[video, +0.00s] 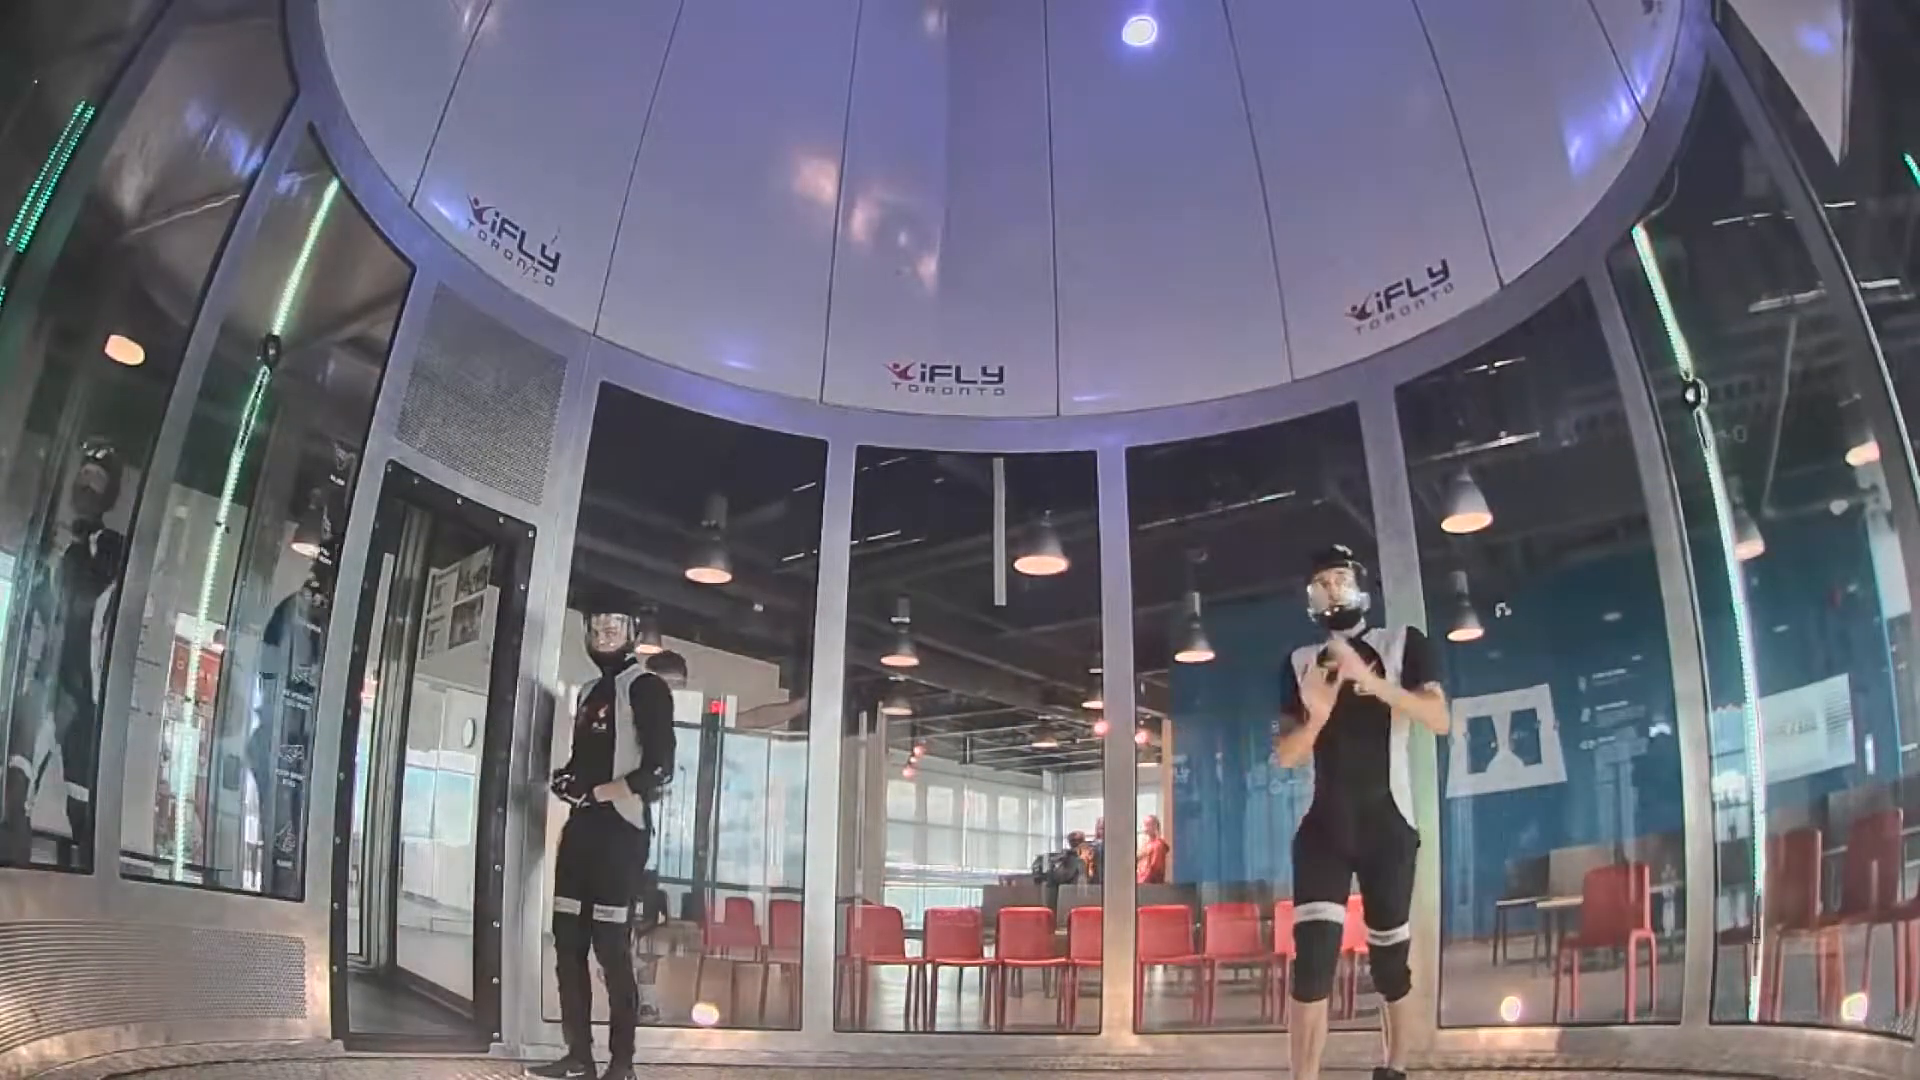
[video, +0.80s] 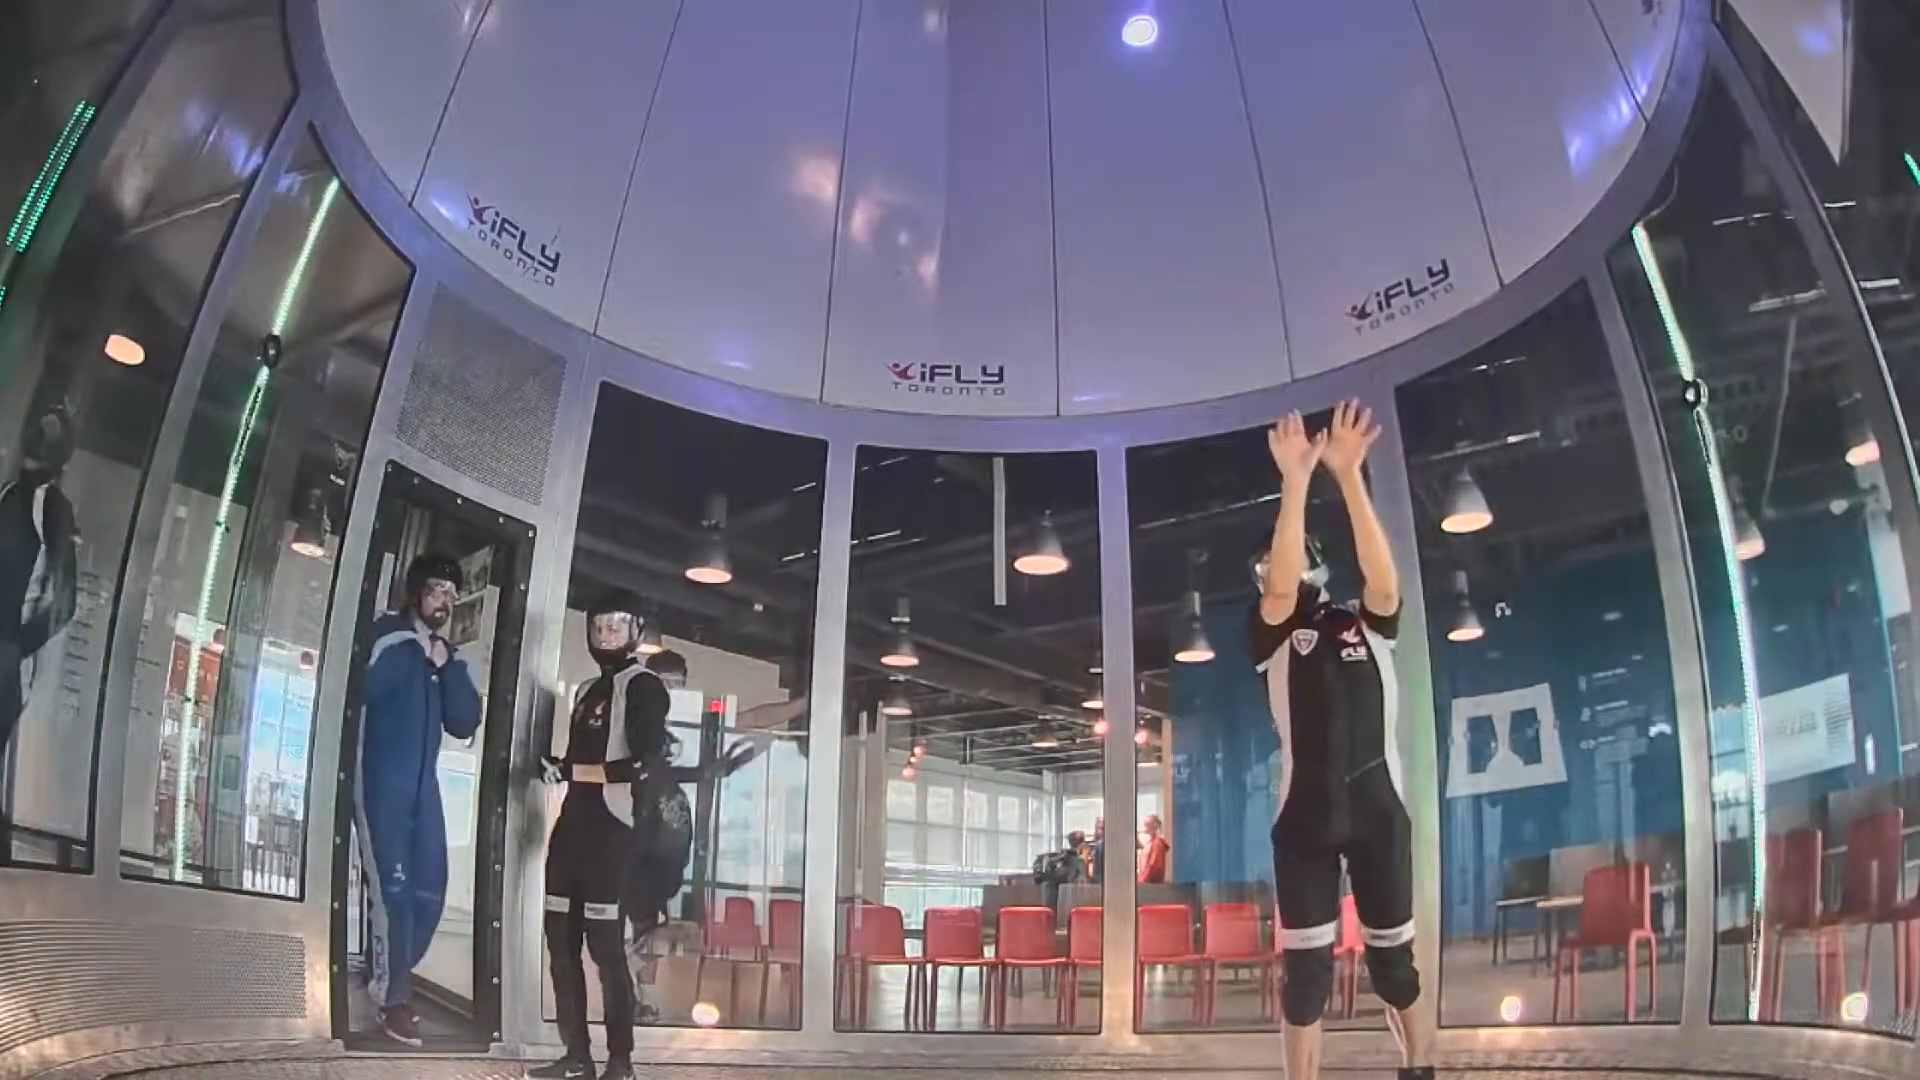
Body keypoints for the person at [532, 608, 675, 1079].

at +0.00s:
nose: (605, 633)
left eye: (614, 626)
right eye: (598, 627)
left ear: (631, 632)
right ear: (590, 634)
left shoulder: (646, 686)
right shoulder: (590, 691)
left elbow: (661, 767)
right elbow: (584, 759)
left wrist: (599, 790)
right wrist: (568, 778)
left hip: (622, 827)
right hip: (581, 822)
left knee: (611, 943)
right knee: (568, 942)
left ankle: (621, 1061)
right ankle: (579, 1056)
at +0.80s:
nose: (607, 636)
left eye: (617, 628)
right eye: (600, 628)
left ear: (635, 637)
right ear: (590, 635)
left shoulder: (644, 686)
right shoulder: (590, 690)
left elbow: (650, 762)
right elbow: (583, 763)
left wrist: (600, 774)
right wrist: (554, 769)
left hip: (616, 822)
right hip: (573, 820)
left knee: (605, 940)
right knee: (560, 939)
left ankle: (618, 1058)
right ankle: (577, 1055)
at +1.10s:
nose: (601, 627)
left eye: (611, 619)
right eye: (593, 619)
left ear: (626, 626)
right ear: (580, 626)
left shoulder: (633, 679)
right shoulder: (577, 683)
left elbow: (609, 749)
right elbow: (557, 750)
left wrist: (560, 712)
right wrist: (534, 711)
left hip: (600, 823)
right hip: (557, 818)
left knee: (596, 940)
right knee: (551, 936)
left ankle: (616, 1057)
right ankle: (575, 1052)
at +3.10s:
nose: (612, 629)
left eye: (622, 620)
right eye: (606, 620)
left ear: (647, 625)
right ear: (599, 625)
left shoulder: (663, 681)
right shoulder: (590, 680)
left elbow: (660, 764)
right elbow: (555, 728)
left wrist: (608, 759)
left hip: (621, 826)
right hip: (568, 819)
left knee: (622, 946)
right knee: (551, 944)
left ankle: (640, 1067)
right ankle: (575, 1053)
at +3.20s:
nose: (626, 631)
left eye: (637, 623)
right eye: (619, 621)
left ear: (658, 628)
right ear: (610, 625)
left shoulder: (679, 690)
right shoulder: (594, 681)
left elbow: (702, 754)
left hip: (646, 832)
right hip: (587, 825)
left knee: (645, 958)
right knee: (563, 955)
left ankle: (650, 1070)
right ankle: (576, 1038)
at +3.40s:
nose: (652, 629)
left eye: (662, 620)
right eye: (644, 620)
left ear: (683, 622)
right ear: (631, 621)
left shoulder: (706, 685)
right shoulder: (609, 670)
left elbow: (715, 770)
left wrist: (747, 741)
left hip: (671, 842)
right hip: (608, 836)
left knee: (657, 971)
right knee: (607, 965)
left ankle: (650, 1073)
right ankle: (605, 1071)